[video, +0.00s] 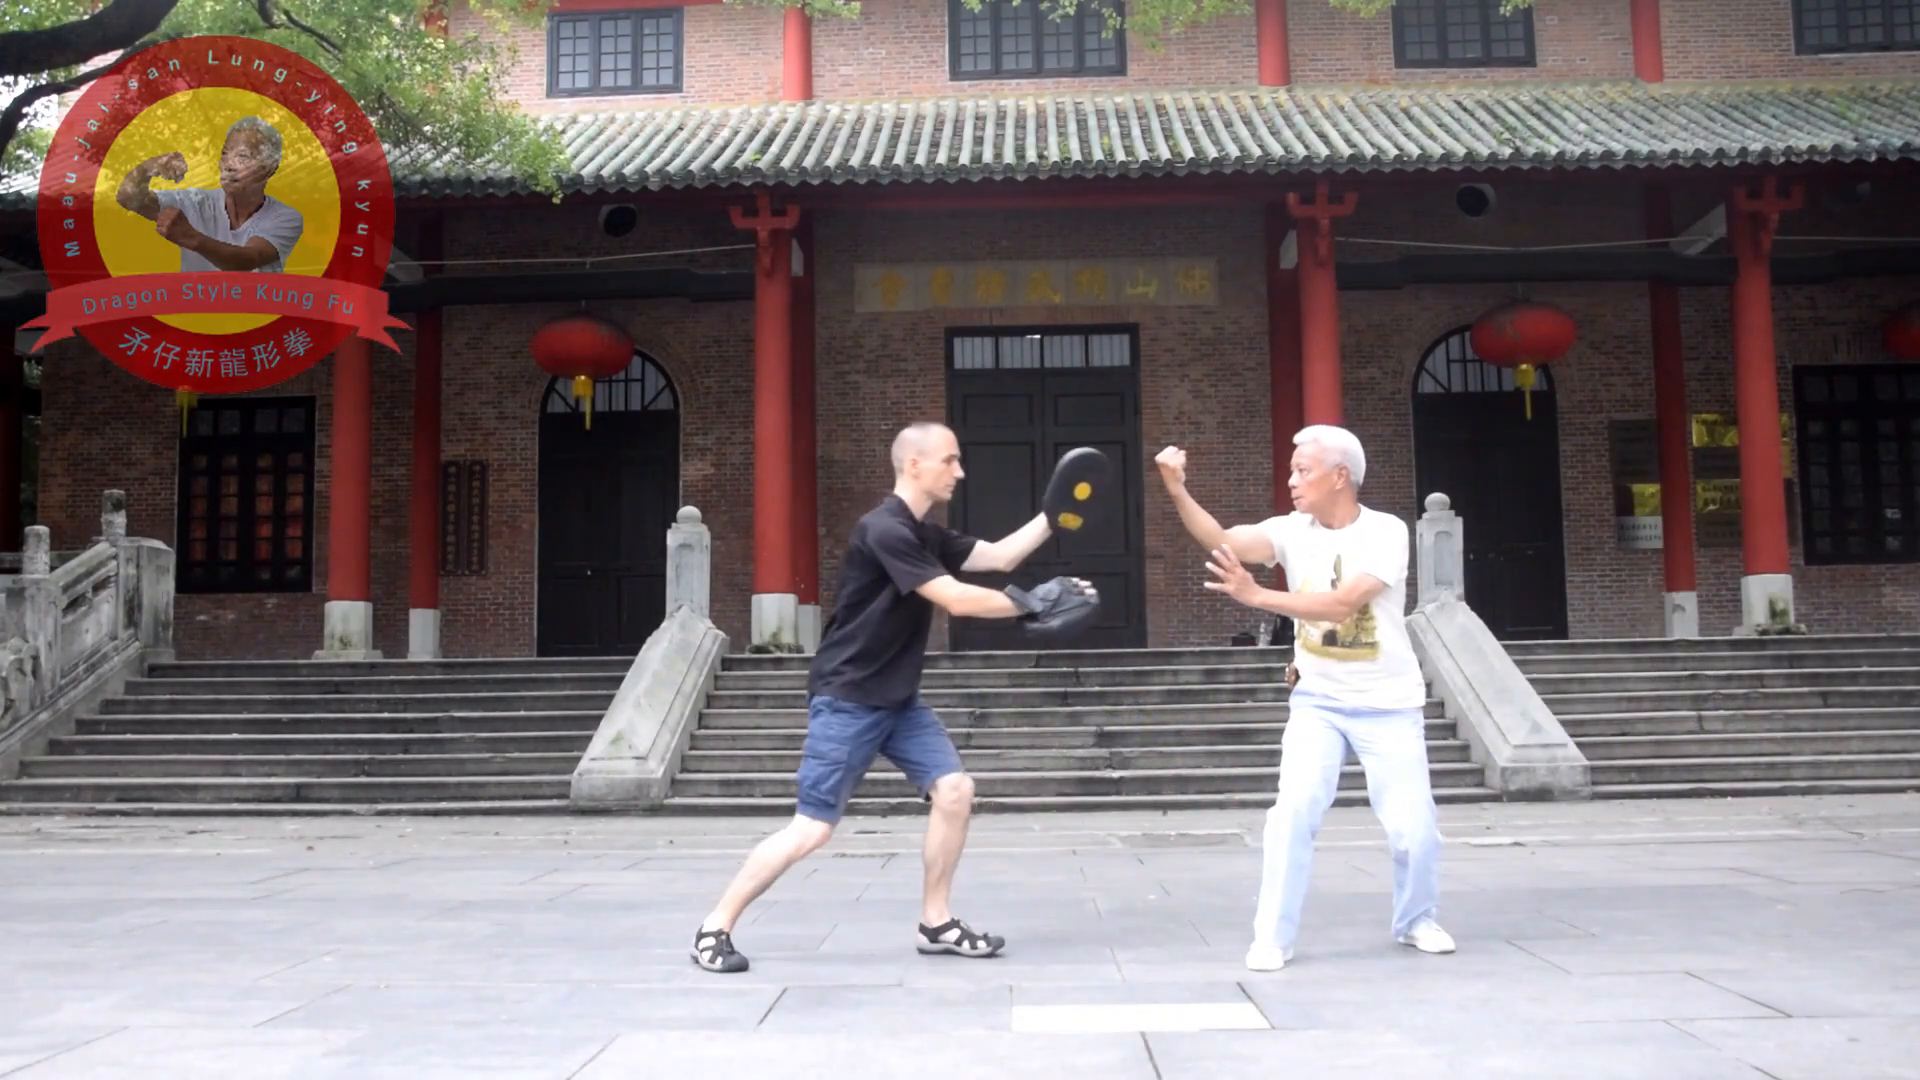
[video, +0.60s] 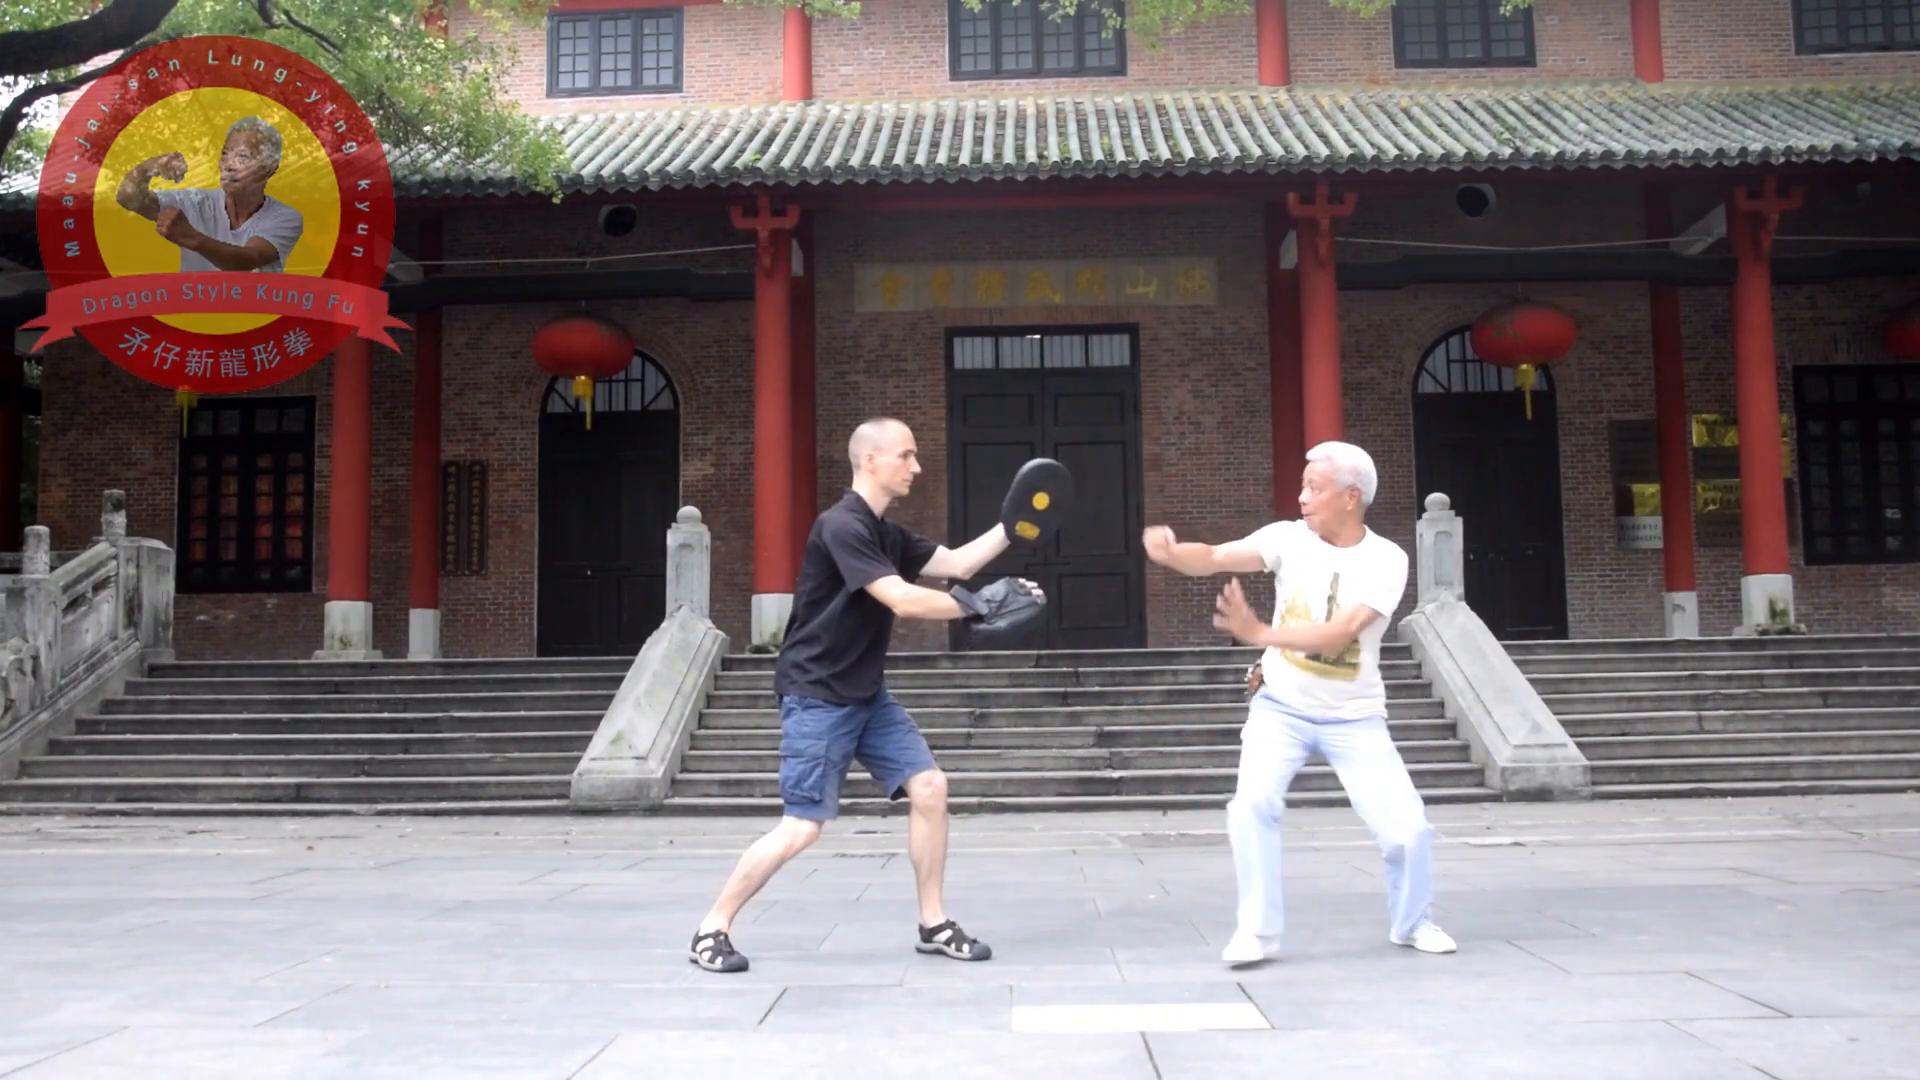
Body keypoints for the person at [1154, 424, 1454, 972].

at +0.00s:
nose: (1291, 481)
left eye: (1301, 471)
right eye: (1291, 471)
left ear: (1340, 476)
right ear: (1315, 477)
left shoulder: (1387, 532)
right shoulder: (1293, 530)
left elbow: (1343, 604)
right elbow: (1227, 543)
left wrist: (1256, 595)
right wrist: (1178, 490)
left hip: (1389, 705)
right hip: (1317, 703)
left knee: (1415, 827)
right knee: (1294, 812)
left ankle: (1418, 920)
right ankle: (1271, 939)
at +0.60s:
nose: (1302, 498)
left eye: (1313, 488)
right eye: (1302, 487)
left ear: (1351, 498)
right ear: (1339, 496)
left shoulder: (1387, 559)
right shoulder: (1288, 537)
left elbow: (1340, 635)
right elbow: (1217, 558)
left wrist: (1258, 633)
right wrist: (1168, 552)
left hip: (1355, 717)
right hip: (1279, 709)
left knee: (1409, 830)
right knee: (1252, 805)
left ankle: (1412, 923)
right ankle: (1256, 932)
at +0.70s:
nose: (1278, 509)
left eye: (1289, 499)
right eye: (1278, 498)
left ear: (1328, 508)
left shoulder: (1361, 568)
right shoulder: (1264, 544)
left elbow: (1323, 633)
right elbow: (1219, 588)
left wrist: (1274, 693)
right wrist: (1269, 579)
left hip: (1332, 721)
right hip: (1256, 713)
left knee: (1392, 833)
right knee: (1198, 797)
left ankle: (1411, 923)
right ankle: (1173, 923)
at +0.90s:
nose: (1155, 502)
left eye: (1166, 493)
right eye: (1158, 493)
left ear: (1200, 503)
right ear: (1184, 501)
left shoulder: (1235, 560)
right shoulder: (1151, 547)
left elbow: (1177, 612)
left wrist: (1102, 566)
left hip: (1255, 732)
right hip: (1185, 730)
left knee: (1321, 831)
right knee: (1112, 809)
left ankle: (1407, 911)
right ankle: (1066, 936)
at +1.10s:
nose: (1049, 484)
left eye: (1056, 476)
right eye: (1054, 474)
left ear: (1080, 487)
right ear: (1092, 489)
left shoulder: (1083, 545)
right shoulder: (1111, 528)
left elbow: (1014, 605)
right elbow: (1037, 515)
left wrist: (975, 612)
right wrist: (973, 491)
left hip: (1168, 719)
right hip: (1123, 717)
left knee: (1186, 848)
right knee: (1054, 804)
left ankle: (1294, 885)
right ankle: (1053, 940)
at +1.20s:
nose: (1017, 483)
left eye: (1021, 473)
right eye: (1021, 473)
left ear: (1042, 482)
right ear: (1069, 483)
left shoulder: (1043, 542)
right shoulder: (1097, 517)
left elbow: (989, 606)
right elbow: (1016, 505)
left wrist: (958, 598)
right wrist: (952, 477)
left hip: (1129, 706)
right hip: (1129, 703)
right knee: (1042, 807)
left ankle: (1224, 913)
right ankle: (1055, 941)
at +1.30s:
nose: (1003, 475)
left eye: (1007, 467)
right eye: (1008, 466)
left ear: (1026, 476)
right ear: (1061, 477)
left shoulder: (1026, 535)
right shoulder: (1089, 513)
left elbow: (966, 598)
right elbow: (1007, 493)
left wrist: (938, 559)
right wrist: (945, 470)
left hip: (1098, 701)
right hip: (1144, 697)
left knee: (1052, 820)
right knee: (1037, 808)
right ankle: (1050, 943)